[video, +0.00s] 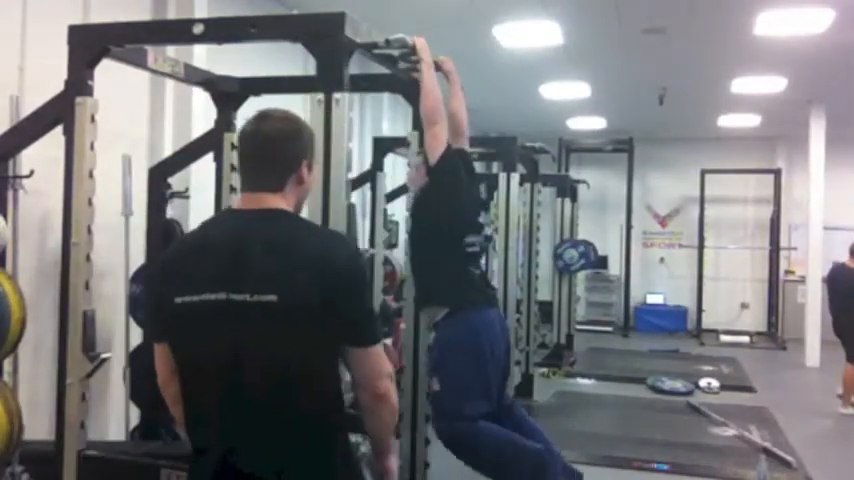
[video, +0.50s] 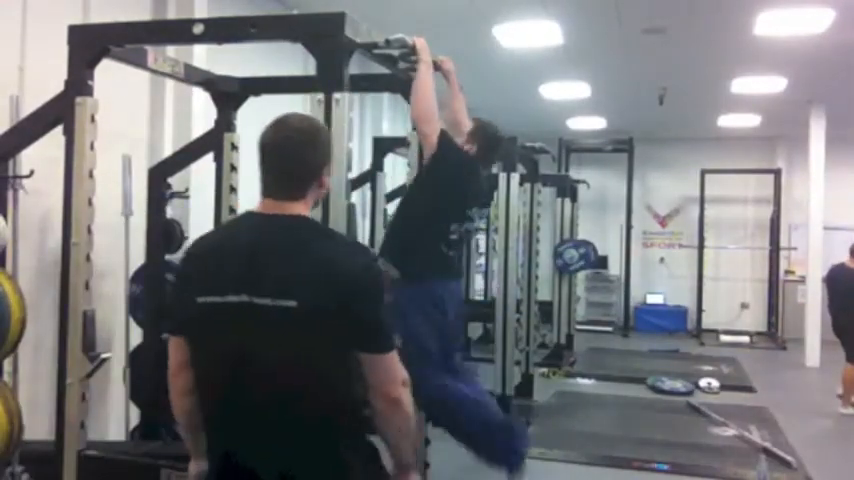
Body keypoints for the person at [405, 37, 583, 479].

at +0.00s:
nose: (410, 172)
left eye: (415, 166)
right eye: (412, 167)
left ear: (429, 168)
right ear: (439, 165)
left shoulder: (440, 186)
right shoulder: (463, 182)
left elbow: (432, 119)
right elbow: (457, 128)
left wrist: (424, 62)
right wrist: (451, 76)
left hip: (461, 322)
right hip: (487, 317)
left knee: (456, 426)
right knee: (498, 407)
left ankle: (548, 471)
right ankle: (560, 471)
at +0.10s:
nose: (409, 175)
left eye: (413, 168)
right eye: (410, 168)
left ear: (429, 168)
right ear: (442, 164)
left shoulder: (440, 188)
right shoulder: (467, 184)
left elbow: (432, 120)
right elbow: (459, 130)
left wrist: (423, 63)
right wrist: (451, 75)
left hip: (460, 323)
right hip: (487, 317)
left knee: (460, 426)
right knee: (498, 409)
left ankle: (532, 473)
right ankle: (548, 470)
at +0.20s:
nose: (412, 168)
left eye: (415, 161)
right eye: (414, 163)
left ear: (430, 162)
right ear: (449, 158)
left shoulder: (440, 184)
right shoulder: (466, 182)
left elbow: (431, 122)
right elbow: (460, 130)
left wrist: (424, 63)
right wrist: (450, 75)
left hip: (458, 321)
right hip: (486, 314)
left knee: (462, 426)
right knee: (499, 414)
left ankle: (513, 477)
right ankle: (533, 474)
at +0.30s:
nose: (426, 148)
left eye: (431, 141)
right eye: (433, 140)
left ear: (437, 155)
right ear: (459, 155)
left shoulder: (441, 184)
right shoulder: (464, 185)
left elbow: (428, 120)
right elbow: (461, 130)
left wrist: (425, 64)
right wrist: (450, 74)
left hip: (449, 317)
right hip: (475, 310)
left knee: (467, 424)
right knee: (496, 415)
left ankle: (494, 477)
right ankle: (517, 473)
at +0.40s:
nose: (447, 131)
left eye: (451, 131)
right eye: (451, 129)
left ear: (460, 143)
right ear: (472, 149)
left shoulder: (446, 168)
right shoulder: (472, 175)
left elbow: (427, 118)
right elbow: (461, 123)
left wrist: (424, 63)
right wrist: (450, 73)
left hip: (436, 304)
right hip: (459, 300)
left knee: (449, 406)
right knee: (477, 394)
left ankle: (502, 473)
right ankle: (518, 469)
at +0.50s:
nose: (456, 127)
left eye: (463, 128)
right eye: (461, 127)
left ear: (470, 144)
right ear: (482, 153)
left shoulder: (450, 162)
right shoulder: (476, 178)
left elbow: (422, 116)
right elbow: (460, 127)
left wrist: (422, 62)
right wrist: (451, 78)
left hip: (419, 285)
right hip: (448, 283)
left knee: (425, 381)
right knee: (450, 370)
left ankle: (506, 444)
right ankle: (503, 436)